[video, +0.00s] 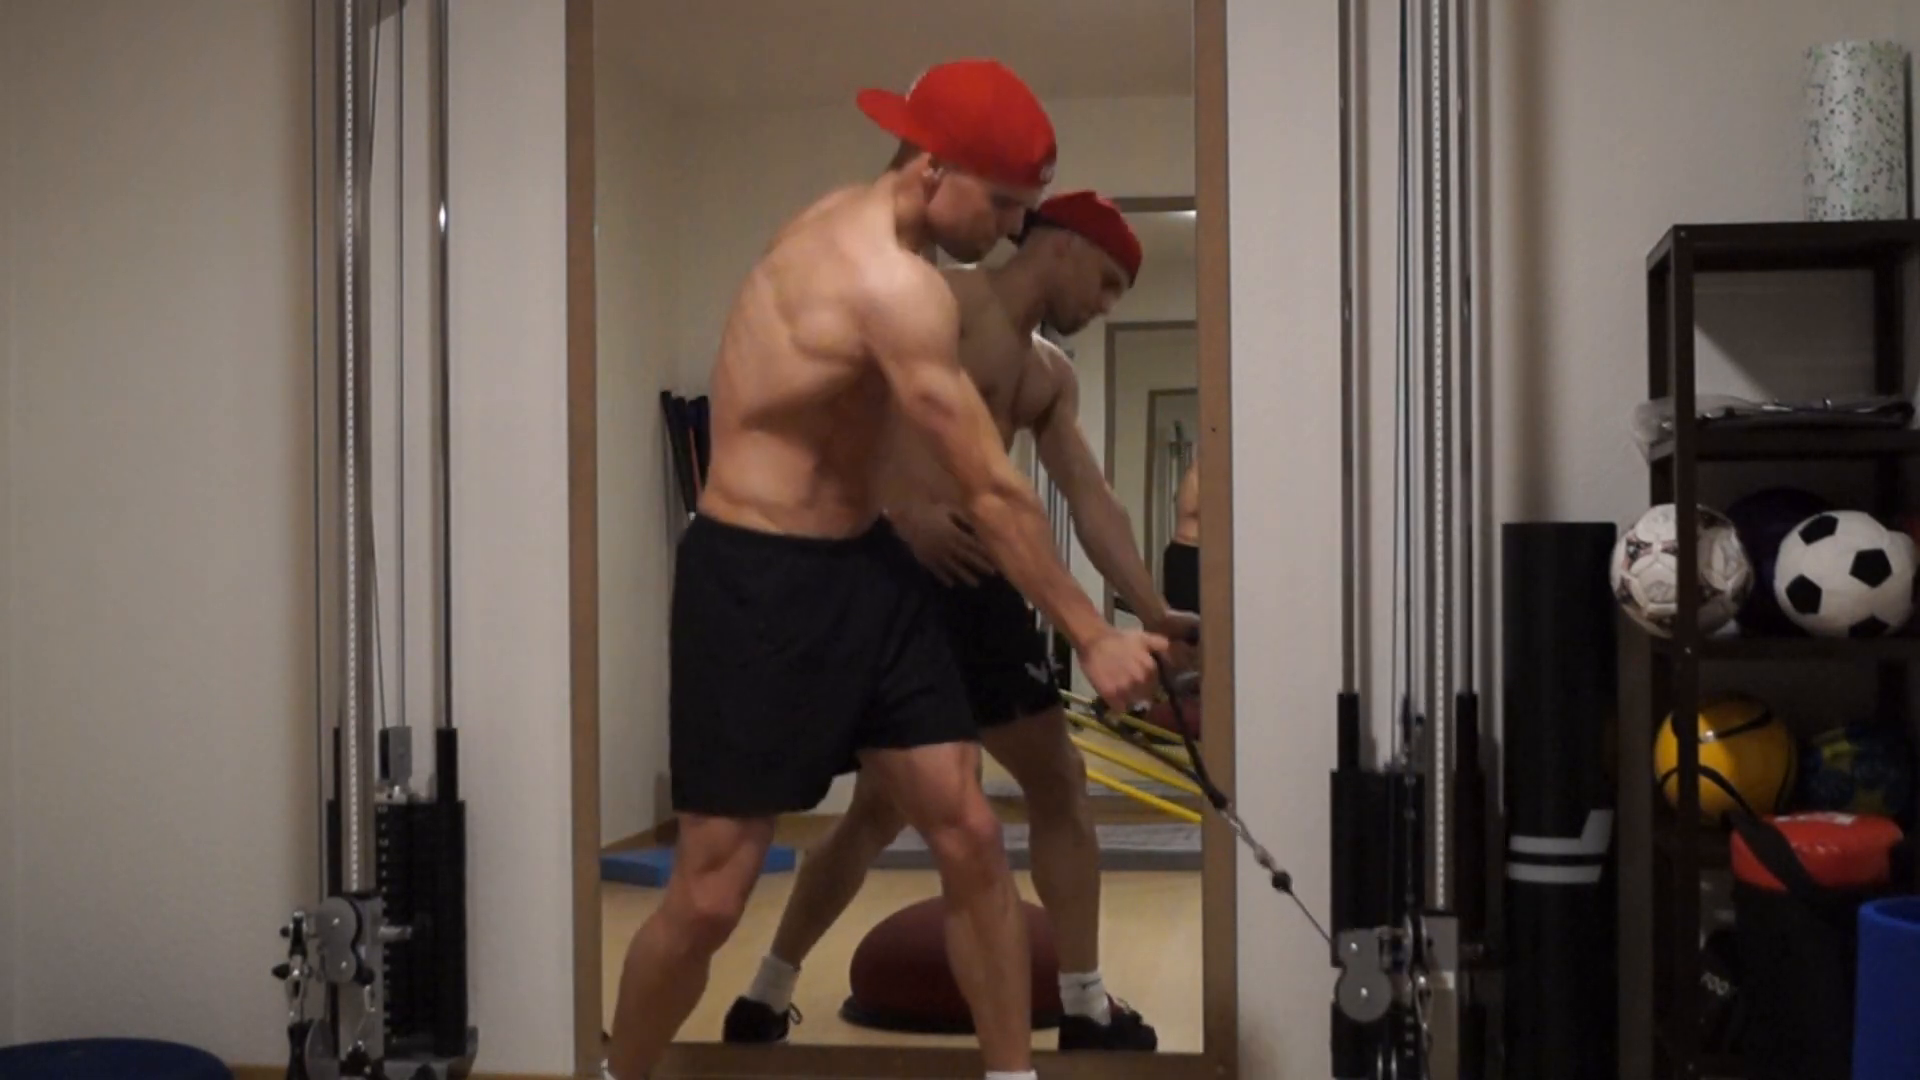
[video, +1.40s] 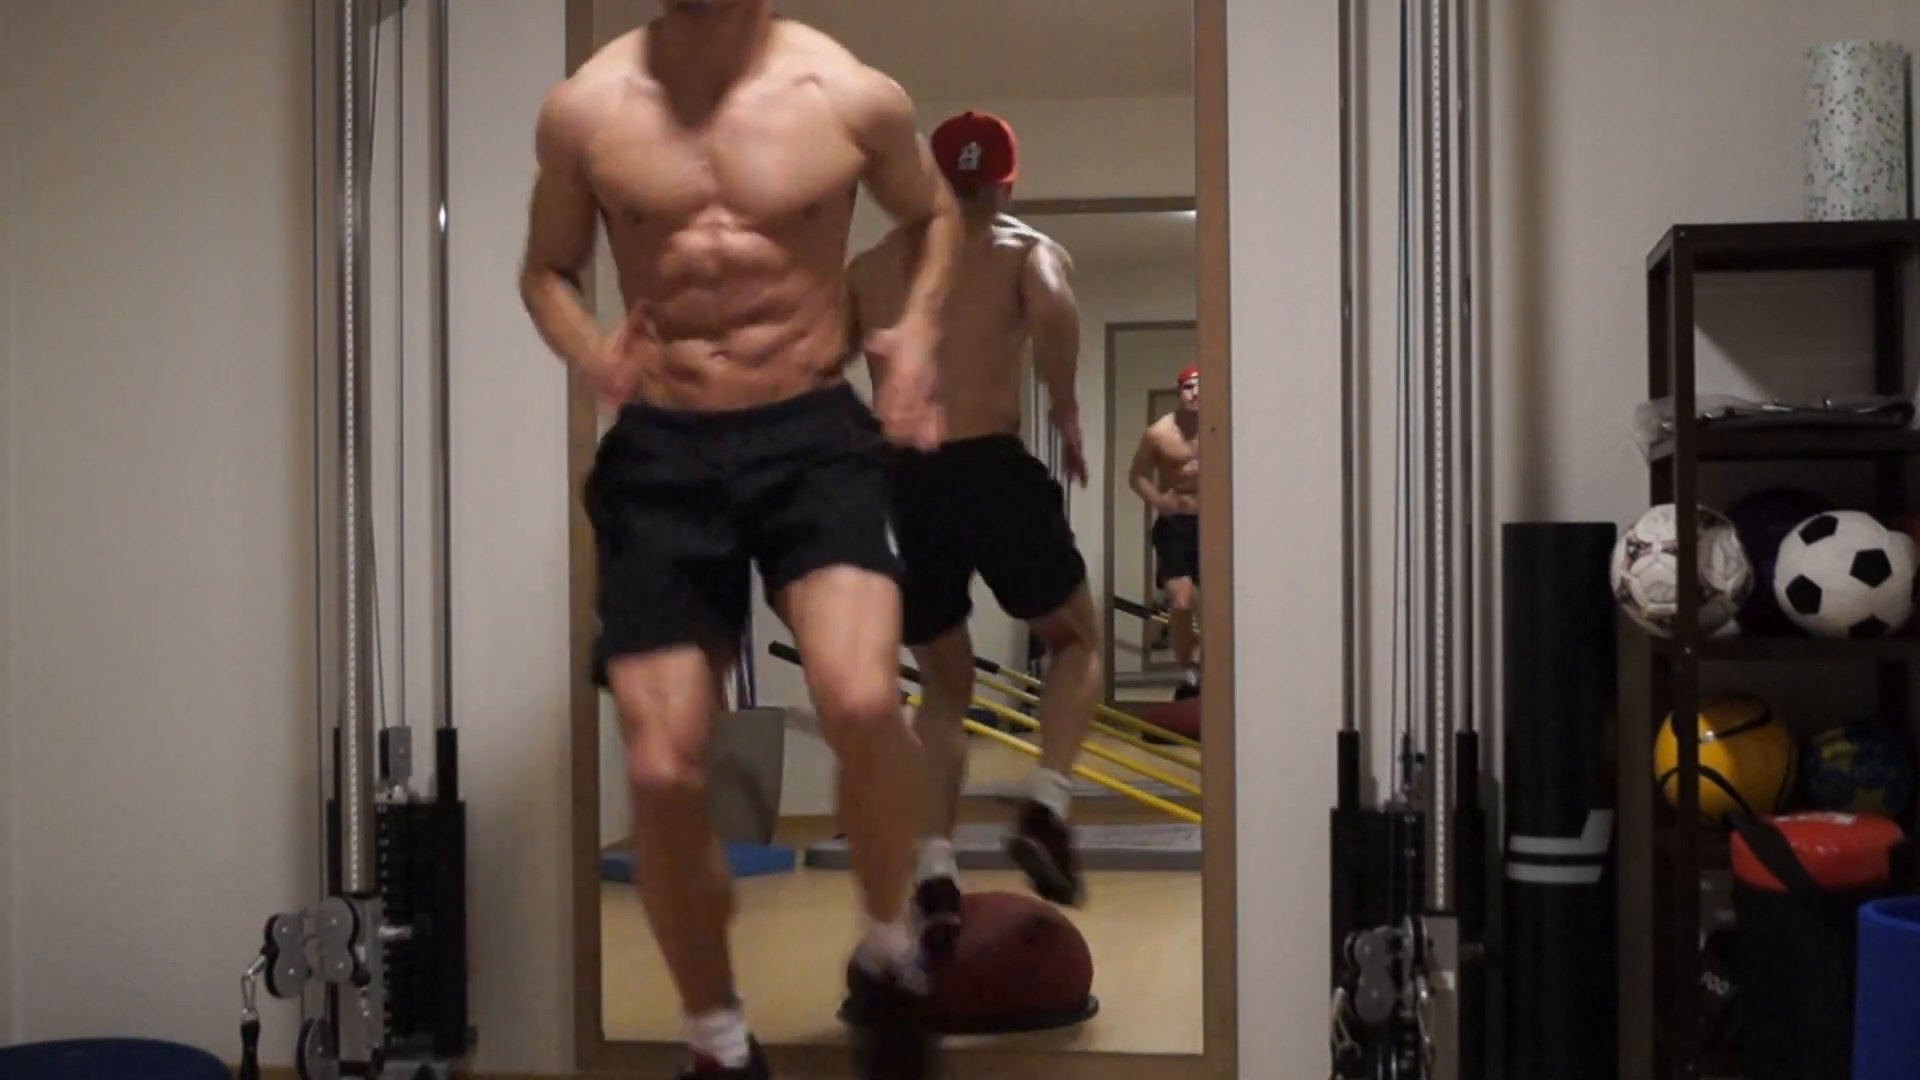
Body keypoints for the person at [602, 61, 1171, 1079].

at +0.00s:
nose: (1009, 228)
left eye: (1018, 208)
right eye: (1003, 204)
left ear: (929, 168)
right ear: (933, 172)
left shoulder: (862, 216)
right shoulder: (896, 284)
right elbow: (987, 492)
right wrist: (1095, 638)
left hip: (860, 567)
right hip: (751, 573)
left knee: (970, 834)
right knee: (710, 893)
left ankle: (1013, 1074)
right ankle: (626, 1071)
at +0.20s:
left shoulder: (867, 58)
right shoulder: (615, 85)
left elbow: (969, 222)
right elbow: (562, 239)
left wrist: (875, 233)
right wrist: (571, 378)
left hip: (825, 445)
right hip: (671, 439)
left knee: (791, 747)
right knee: (588, 723)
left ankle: (825, 1039)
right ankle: (699, 943)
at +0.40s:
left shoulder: (908, 73)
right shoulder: (646, 84)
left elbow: (1007, 177)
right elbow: (615, 268)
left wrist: (985, 281)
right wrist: (657, 281)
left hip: (871, 451)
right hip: (716, 458)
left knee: (917, 763)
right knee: (692, 768)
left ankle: (1017, 1031)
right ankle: (771, 1030)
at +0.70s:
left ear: (824, 5)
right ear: (706, 7)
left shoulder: (893, 134)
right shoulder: (646, 148)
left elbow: (995, 288)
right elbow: (630, 306)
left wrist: (916, 339)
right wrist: (631, 367)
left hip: (870, 504)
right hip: (715, 504)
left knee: (919, 813)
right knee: (651, 783)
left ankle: (1013, 1049)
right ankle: (750, 1043)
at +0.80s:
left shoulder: (865, 103)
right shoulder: (607, 112)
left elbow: (968, 221)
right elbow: (583, 270)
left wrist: (934, 339)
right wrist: (591, 339)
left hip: (827, 452)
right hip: (675, 450)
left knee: (793, 719)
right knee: (555, 698)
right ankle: (676, 958)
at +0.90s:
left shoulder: (841, 104)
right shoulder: (587, 117)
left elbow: (940, 256)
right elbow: (557, 261)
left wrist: (862, 296)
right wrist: (550, 386)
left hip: (792, 472)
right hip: (641, 458)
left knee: (733, 784)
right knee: (501, 716)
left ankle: (737, 1042)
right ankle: (567, 977)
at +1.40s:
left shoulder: (853, 96)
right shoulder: (585, 107)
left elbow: (937, 216)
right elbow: (546, 271)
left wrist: (917, 338)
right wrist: (596, 359)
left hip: (817, 440)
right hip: (660, 458)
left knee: (865, 706)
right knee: (661, 774)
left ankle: (889, 959)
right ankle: (719, 1044)